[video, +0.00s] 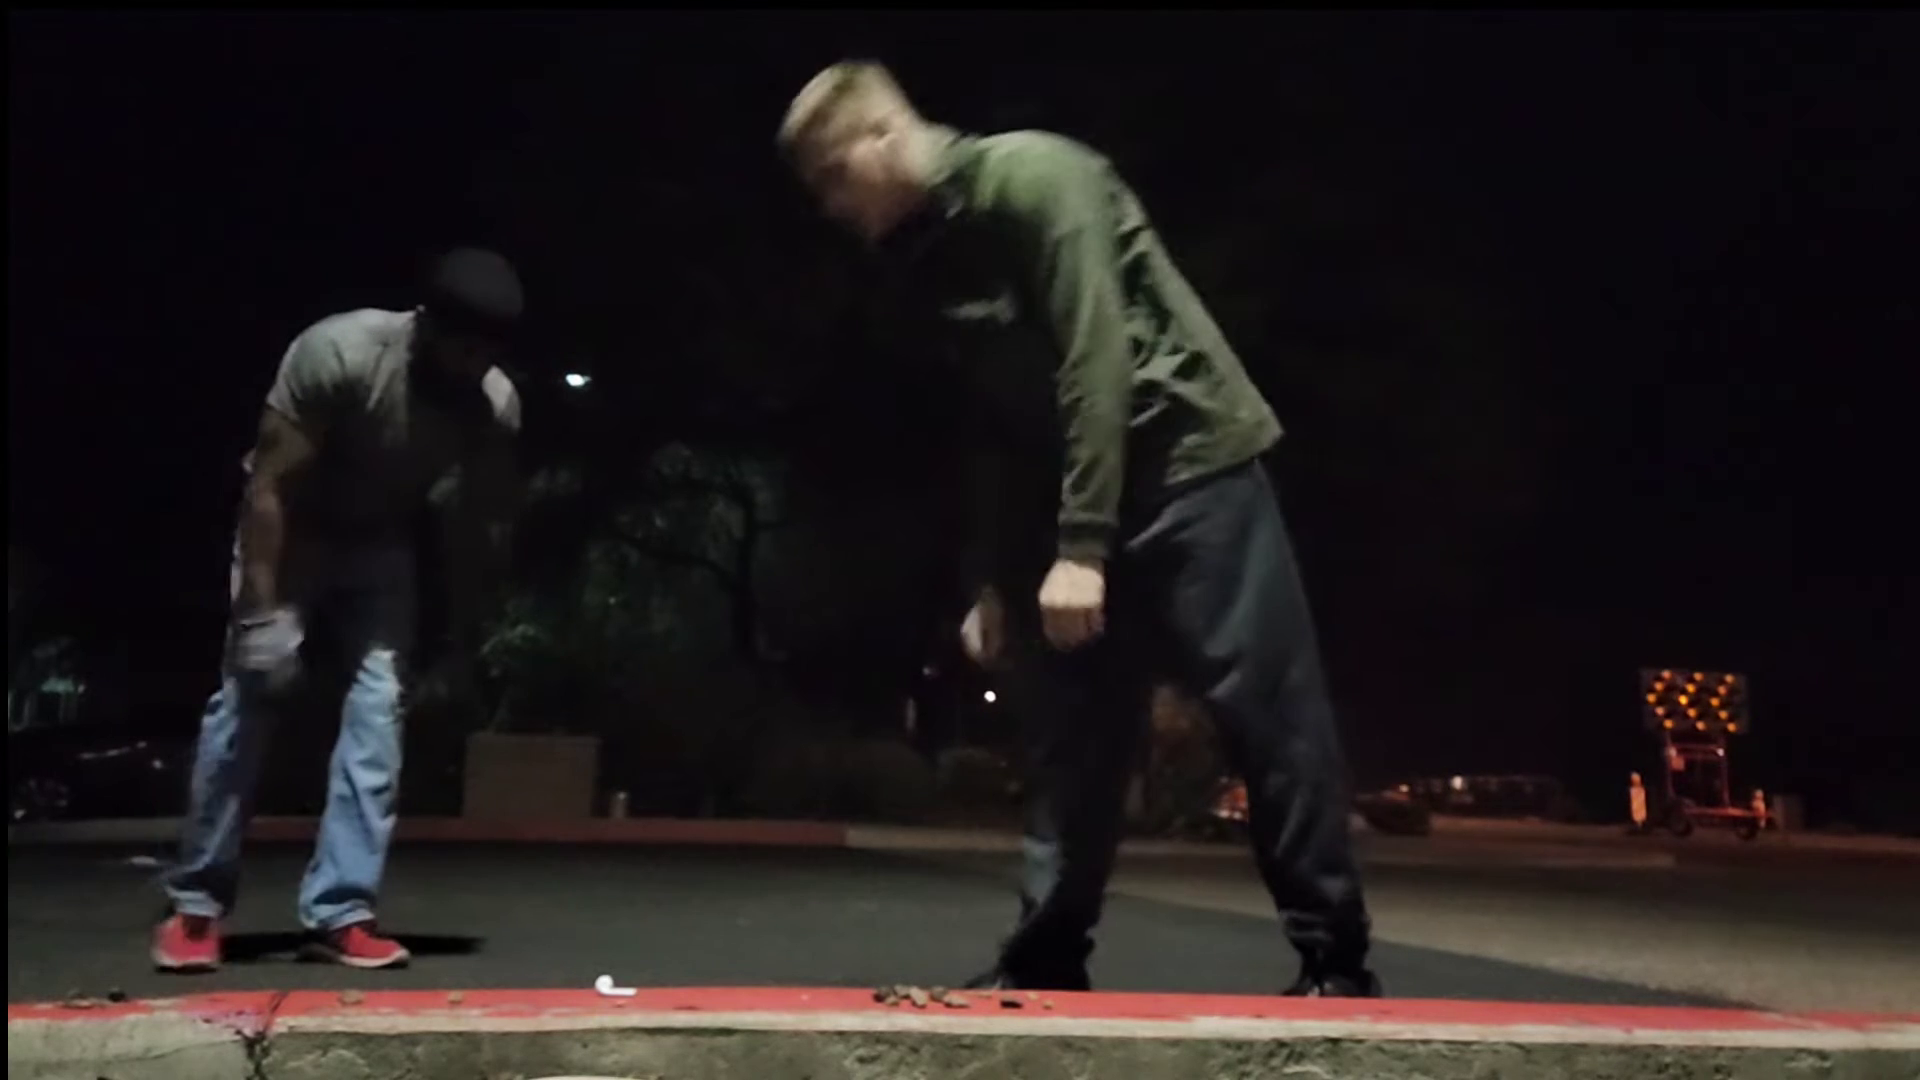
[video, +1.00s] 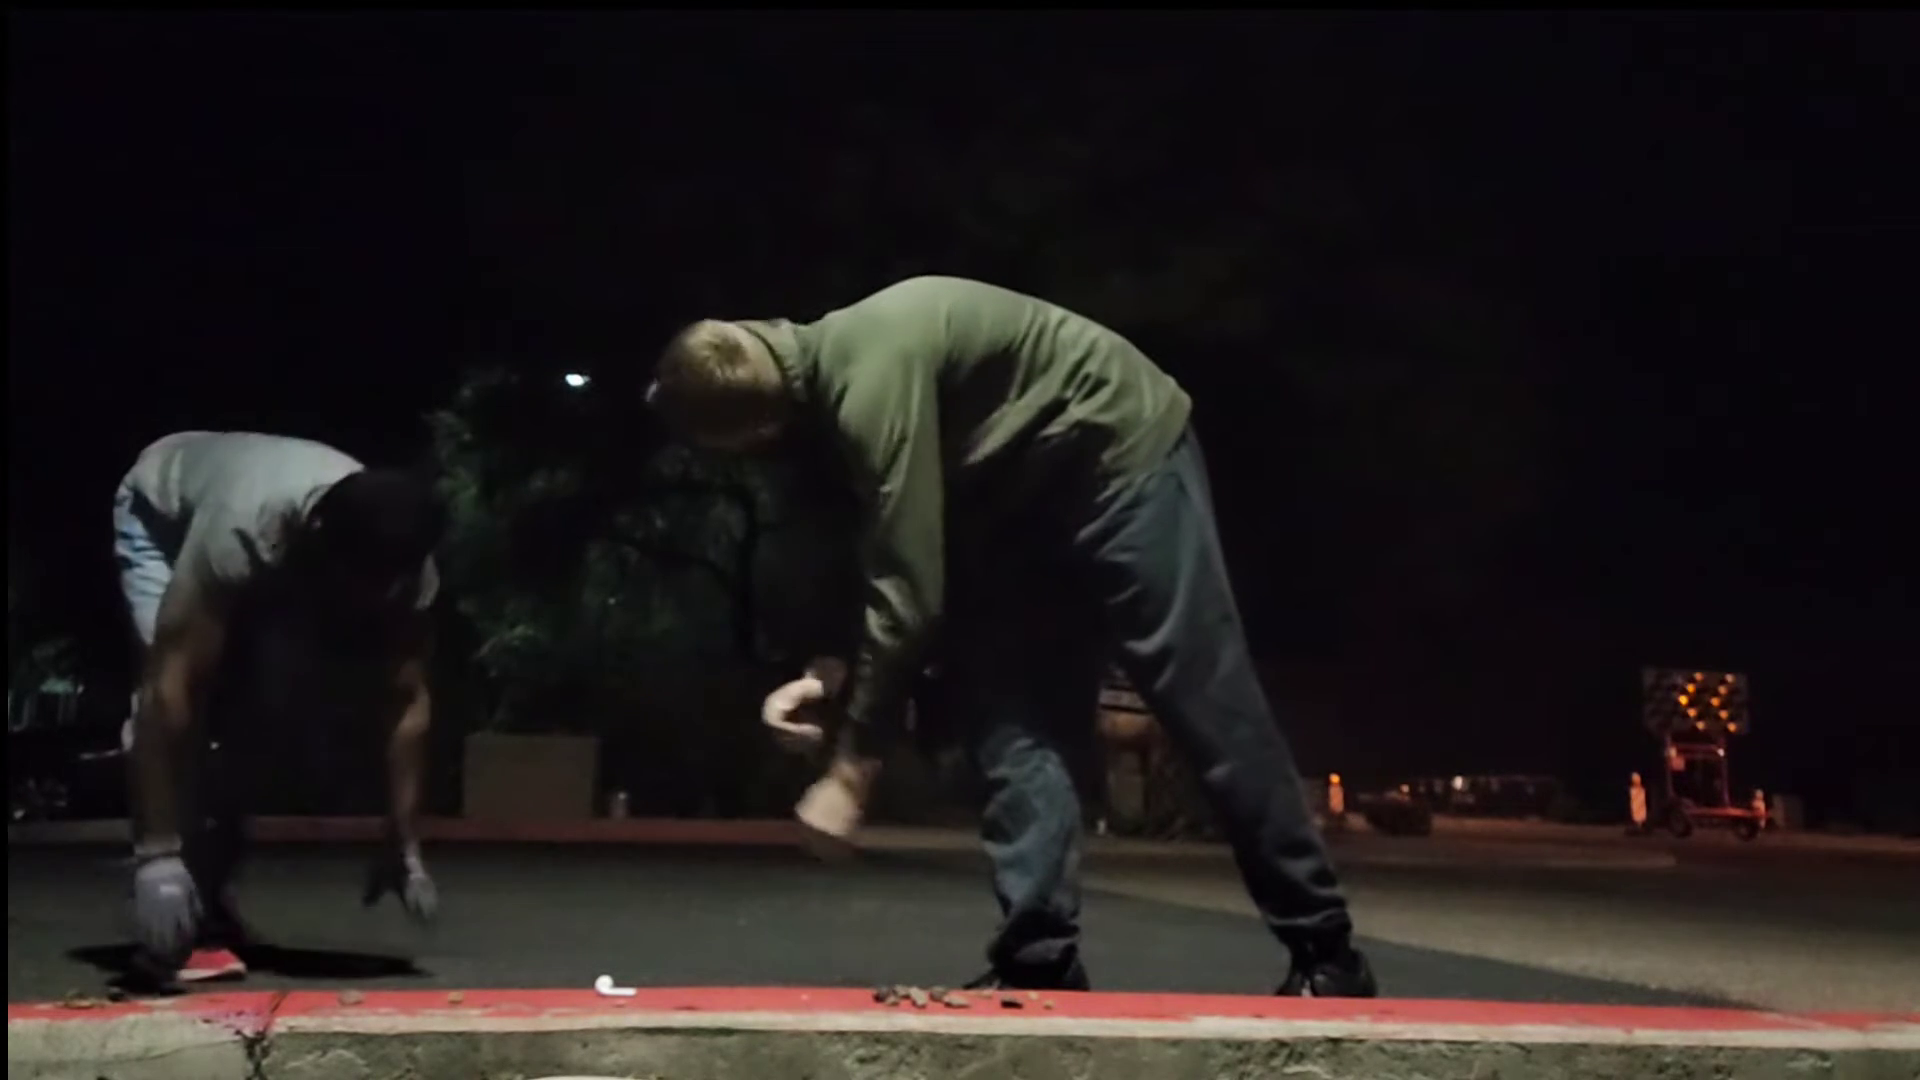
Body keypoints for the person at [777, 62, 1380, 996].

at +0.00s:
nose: (833, 206)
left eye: (833, 176)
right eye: (821, 189)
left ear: (883, 133)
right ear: (874, 148)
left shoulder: (1036, 175)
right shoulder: (929, 258)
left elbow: (1099, 363)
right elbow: (994, 432)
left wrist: (1082, 546)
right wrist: (992, 579)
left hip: (1198, 472)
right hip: (1091, 498)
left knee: (1267, 715)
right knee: (1073, 735)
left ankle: (1335, 959)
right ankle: (1047, 960)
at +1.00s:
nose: (742, 455)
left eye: (734, 441)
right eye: (728, 445)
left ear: (750, 413)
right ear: (749, 374)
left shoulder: (875, 372)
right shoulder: (814, 394)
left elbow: (908, 596)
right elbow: (871, 562)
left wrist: (849, 769)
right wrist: (832, 672)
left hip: (1121, 452)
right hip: (1012, 503)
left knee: (1200, 694)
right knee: (1017, 718)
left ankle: (1325, 948)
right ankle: (1038, 954)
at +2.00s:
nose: (736, 670)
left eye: (717, 645)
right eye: (713, 665)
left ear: (732, 584)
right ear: (729, 596)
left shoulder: (833, 553)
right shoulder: (802, 569)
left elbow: (823, 771)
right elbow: (806, 771)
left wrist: (801, 960)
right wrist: (767, 951)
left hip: (1114, 504)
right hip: (1021, 561)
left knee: (1264, 731)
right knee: (947, 742)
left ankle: (1506, 909)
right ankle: (1028, 961)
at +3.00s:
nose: (656, 678)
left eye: (645, 651)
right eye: (637, 666)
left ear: (680, 592)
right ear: (668, 621)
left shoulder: (801, 578)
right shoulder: (759, 631)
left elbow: (806, 785)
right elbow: (775, 800)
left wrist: (805, 968)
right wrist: (784, 973)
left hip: (1129, 647)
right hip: (1095, 709)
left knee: (1339, 803)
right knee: (1306, 841)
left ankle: (1587, 926)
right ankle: (1539, 945)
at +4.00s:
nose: (655, 669)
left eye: (645, 642)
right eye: (638, 656)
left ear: (683, 585)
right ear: (672, 613)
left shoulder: (814, 576)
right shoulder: (766, 633)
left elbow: (810, 784)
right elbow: (778, 799)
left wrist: (804, 968)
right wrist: (781, 970)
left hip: (1141, 663)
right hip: (1105, 729)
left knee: (1361, 817)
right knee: (1326, 854)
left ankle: (1604, 938)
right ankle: (1557, 948)